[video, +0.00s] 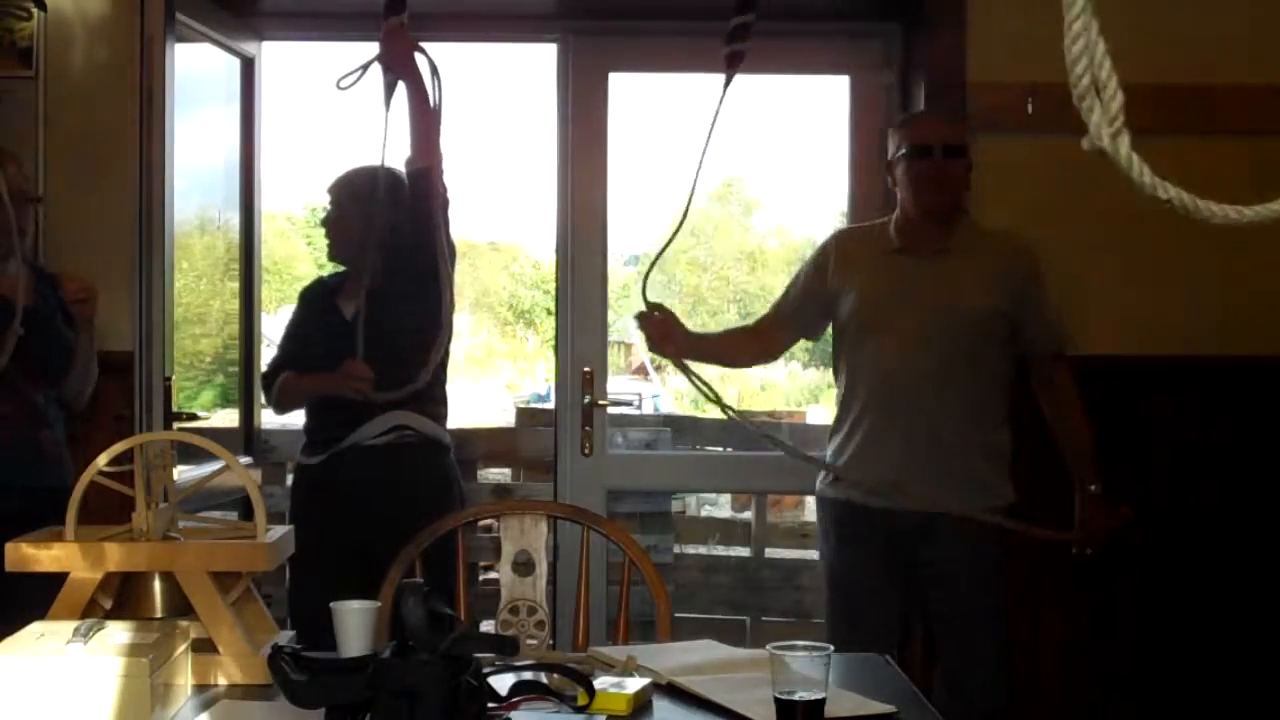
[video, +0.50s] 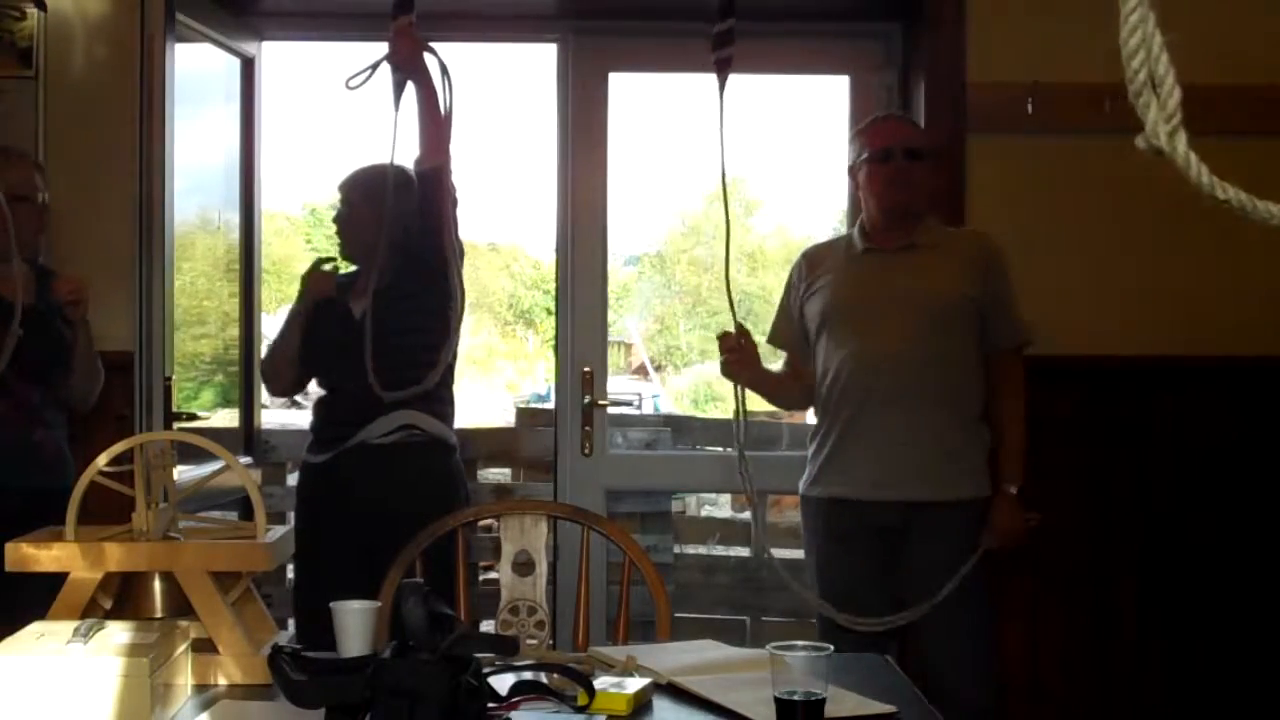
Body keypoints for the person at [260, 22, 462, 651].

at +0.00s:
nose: (326, 222)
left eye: (338, 211)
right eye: (329, 211)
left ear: (379, 219)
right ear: (350, 221)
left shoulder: (420, 285)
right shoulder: (317, 299)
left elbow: (426, 168)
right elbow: (279, 393)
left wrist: (410, 73)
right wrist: (333, 381)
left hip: (409, 481)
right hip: (326, 482)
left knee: (412, 628)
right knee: (322, 634)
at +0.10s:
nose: (327, 222)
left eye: (339, 211)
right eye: (330, 211)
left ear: (381, 218)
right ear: (353, 221)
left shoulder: (422, 284)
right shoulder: (319, 299)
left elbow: (428, 168)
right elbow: (279, 392)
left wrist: (412, 72)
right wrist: (331, 380)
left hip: (412, 481)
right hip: (328, 482)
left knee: (416, 634)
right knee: (323, 640)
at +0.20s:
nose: (329, 221)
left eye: (341, 210)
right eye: (332, 210)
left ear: (383, 217)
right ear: (356, 219)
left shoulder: (423, 282)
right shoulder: (321, 299)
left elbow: (430, 167)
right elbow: (280, 394)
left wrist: (414, 73)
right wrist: (324, 377)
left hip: (413, 483)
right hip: (329, 484)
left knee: (416, 632)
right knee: (324, 639)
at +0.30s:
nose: (331, 221)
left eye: (343, 210)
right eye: (334, 210)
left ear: (384, 217)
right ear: (357, 219)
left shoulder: (425, 279)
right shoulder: (323, 298)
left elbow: (432, 166)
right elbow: (281, 394)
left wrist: (415, 73)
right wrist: (318, 369)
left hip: (414, 475)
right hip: (330, 477)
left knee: (417, 627)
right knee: (325, 638)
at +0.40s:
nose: (333, 219)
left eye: (345, 208)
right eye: (336, 208)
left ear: (385, 215)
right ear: (358, 216)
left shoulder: (428, 278)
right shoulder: (327, 296)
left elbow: (434, 166)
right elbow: (282, 392)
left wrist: (418, 73)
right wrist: (309, 341)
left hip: (415, 465)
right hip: (333, 468)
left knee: (418, 620)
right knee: (326, 630)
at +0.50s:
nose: (336, 216)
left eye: (349, 204)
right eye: (339, 205)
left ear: (390, 212)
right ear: (358, 214)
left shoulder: (428, 279)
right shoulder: (328, 297)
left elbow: (435, 162)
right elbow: (279, 383)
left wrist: (418, 72)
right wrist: (305, 302)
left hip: (415, 463)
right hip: (333, 465)